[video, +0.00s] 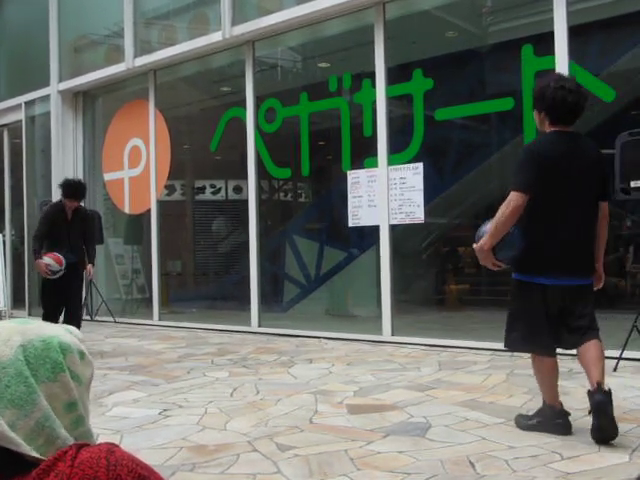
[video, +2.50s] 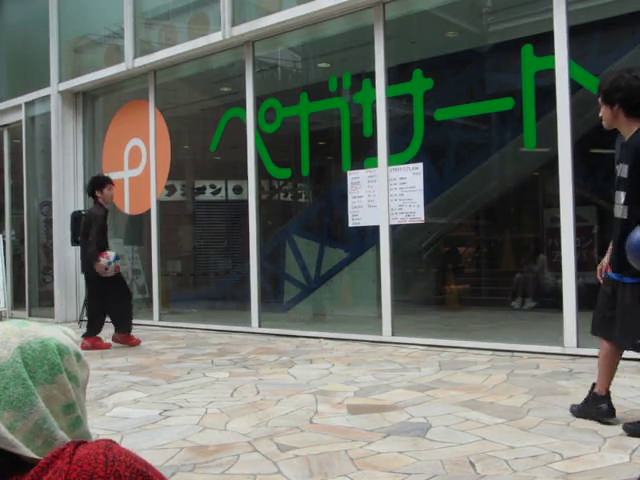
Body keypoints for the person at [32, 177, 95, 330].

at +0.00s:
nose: (72, 205)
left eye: (76, 202)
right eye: (69, 201)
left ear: (81, 200)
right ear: (63, 197)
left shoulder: (85, 215)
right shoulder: (51, 212)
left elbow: (89, 241)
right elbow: (38, 237)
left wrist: (90, 262)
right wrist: (37, 259)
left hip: (75, 268)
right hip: (52, 267)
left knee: (74, 314)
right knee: (51, 313)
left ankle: (69, 349)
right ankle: (47, 348)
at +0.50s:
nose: (69, 194)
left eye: (70, 190)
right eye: (64, 191)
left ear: (74, 191)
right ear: (56, 195)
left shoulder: (86, 214)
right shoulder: (52, 218)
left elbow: (95, 240)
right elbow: (51, 244)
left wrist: (98, 261)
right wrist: (61, 263)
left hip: (86, 264)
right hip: (64, 266)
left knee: (86, 301)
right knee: (67, 304)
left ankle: (89, 333)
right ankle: (69, 336)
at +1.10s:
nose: (96, 192)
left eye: (98, 189)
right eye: (92, 189)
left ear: (101, 192)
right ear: (84, 192)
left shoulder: (106, 216)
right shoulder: (77, 214)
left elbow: (108, 240)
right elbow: (65, 237)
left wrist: (102, 257)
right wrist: (59, 256)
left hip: (101, 261)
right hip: (84, 263)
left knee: (99, 297)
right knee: (84, 297)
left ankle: (96, 331)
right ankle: (82, 333)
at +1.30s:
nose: (105, 192)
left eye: (107, 189)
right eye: (101, 189)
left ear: (109, 191)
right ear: (92, 191)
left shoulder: (109, 215)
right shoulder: (84, 212)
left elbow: (114, 240)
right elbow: (75, 235)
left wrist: (121, 263)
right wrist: (72, 253)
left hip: (105, 261)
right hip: (89, 262)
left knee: (104, 297)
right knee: (98, 298)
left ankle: (94, 331)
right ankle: (107, 332)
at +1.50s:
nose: (112, 192)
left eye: (113, 189)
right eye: (108, 189)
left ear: (114, 191)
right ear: (98, 191)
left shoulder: (110, 213)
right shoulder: (91, 213)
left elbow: (117, 238)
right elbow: (88, 237)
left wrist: (127, 258)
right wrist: (93, 254)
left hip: (110, 260)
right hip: (96, 261)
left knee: (104, 296)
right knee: (106, 296)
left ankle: (95, 329)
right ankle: (120, 331)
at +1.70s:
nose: (118, 192)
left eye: (118, 188)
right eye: (115, 188)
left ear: (108, 191)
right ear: (105, 192)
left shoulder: (110, 210)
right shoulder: (104, 211)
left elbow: (115, 236)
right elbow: (107, 237)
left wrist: (122, 254)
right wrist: (119, 254)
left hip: (108, 256)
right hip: (103, 257)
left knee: (109, 294)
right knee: (112, 294)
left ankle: (96, 328)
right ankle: (122, 332)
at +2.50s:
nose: (113, 193)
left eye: (112, 189)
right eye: (109, 190)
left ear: (101, 194)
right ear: (99, 194)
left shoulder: (97, 212)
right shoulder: (98, 214)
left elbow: (91, 241)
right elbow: (91, 241)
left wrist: (105, 258)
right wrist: (95, 262)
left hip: (95, 265)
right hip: (99, 266)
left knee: (96, 300)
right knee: (123, 295)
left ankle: (91, 334)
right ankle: (123, 332)